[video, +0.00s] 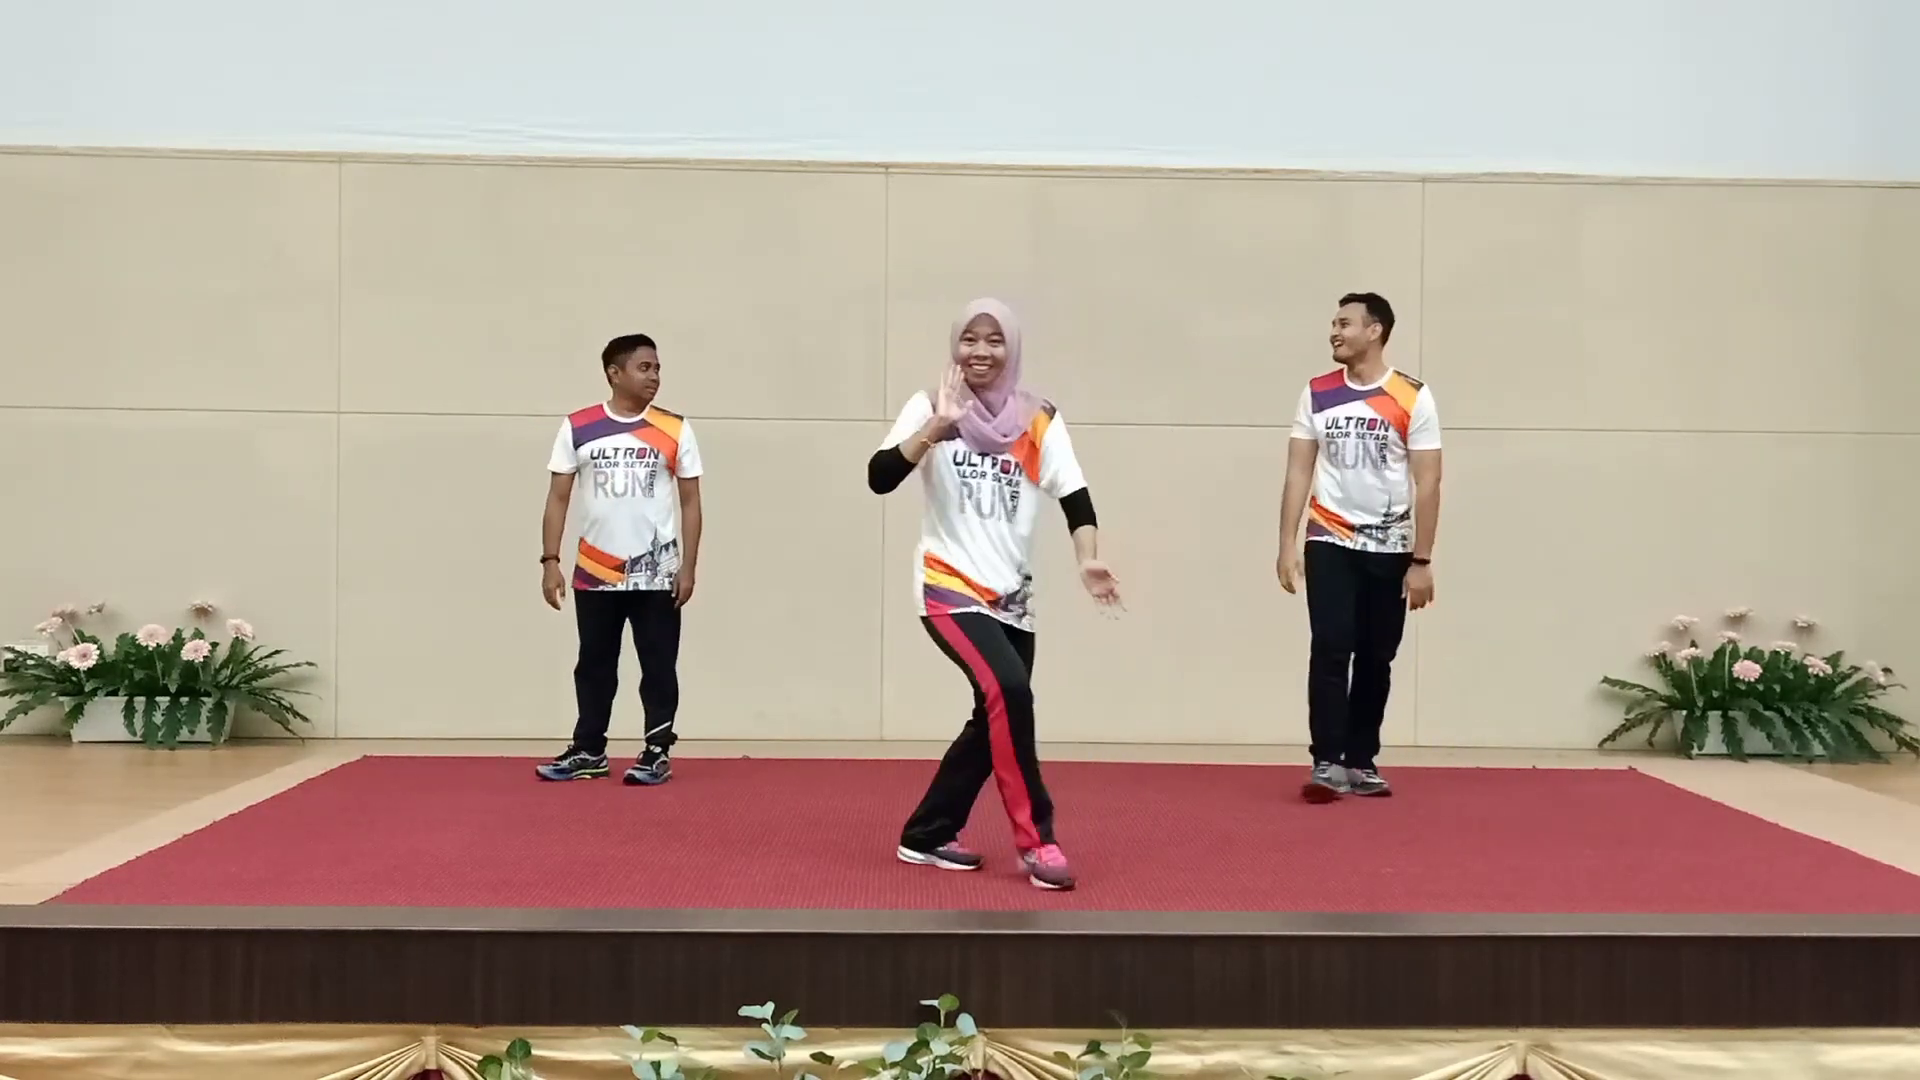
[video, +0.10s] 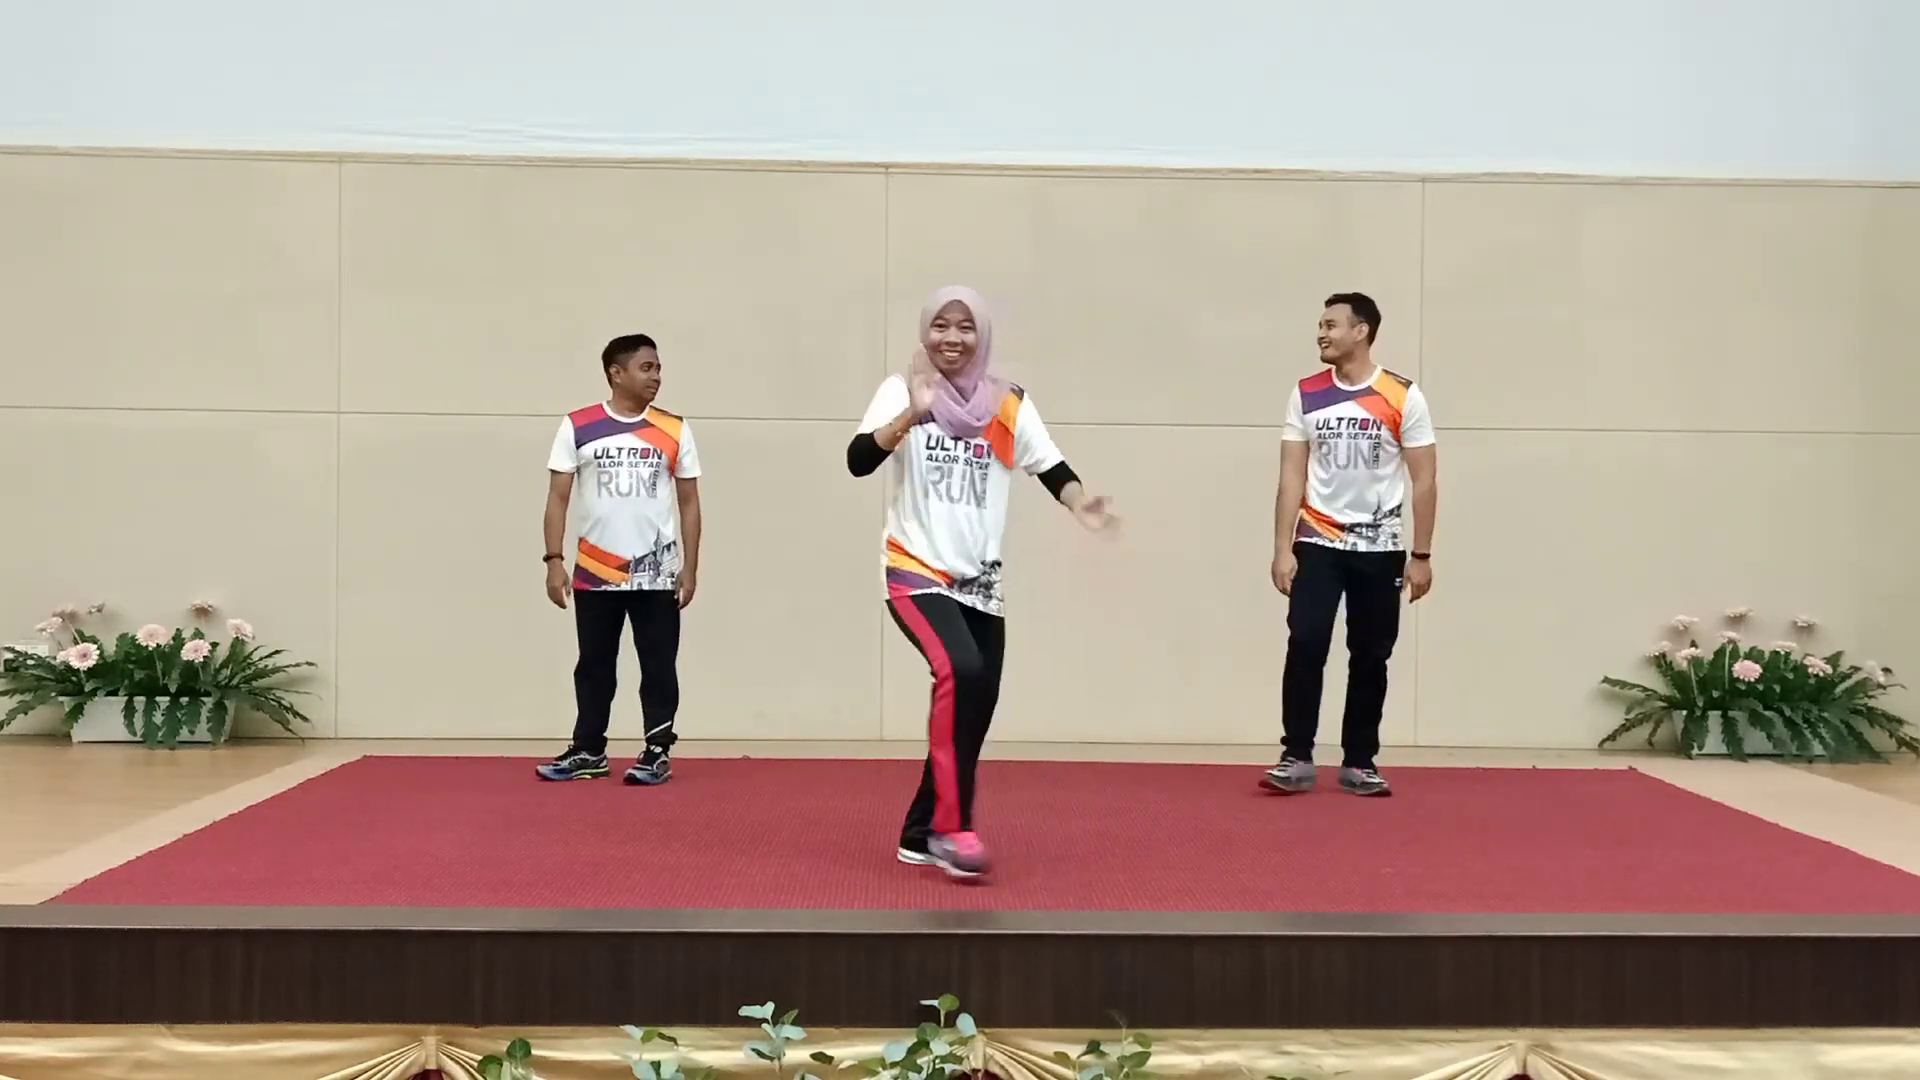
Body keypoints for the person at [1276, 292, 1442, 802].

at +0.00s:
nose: (1334, 332)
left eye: (1344, 324)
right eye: (1334, 324)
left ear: (1377, 331)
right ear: (1340, 332)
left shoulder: (1414, 398)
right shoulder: (1318, 394)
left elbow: (1428, 483)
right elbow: (1299, 470)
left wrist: (1422, 560)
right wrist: (1288, 542)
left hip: (1389, 549)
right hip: (1329, 542)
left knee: (1375, 661)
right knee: (1330, 650)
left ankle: (1360, 762)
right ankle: (1326, 761)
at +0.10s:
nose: (1321, 333)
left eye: (1331, 326)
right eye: (1321, 326)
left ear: (1363, 331)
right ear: (1331, 333)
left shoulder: (1404, 398)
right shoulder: (1306, 394)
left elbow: (1424, 480)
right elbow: (1292, 474)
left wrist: (1420, 554)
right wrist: (1283, 547)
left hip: (1380, 551)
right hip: (1317, 545)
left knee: (1370, 661)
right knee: (1305, 646)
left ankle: (1359, 763)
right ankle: (1298, 759)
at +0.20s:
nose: (1314, 334)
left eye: (1324, 326)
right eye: (1314, 326)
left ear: (1356, 331)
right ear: (1324, 333)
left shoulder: (1397, 398)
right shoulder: (1300, 395)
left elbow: (1418, 479)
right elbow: (1287, 477)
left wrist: (1419, 555)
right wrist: (1276, 548)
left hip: (1375, 550)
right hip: (1311, 544)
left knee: (1368, 660)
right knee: (1296, 647)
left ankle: (1359, 763)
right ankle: (1285, 758)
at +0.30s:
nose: (1298, 334)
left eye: (1308, 326)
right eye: (1299, 326)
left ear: (1340, 332)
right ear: (1313, 333)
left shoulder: (1380, 396)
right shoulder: (1284, 395)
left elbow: (1399, 479)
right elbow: (1270, 474)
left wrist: (1404, 554)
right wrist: (1262, 546)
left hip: (1360, 553)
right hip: (1296, 550)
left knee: (1360, 663)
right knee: (1283, 659)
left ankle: (1358, 764)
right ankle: (1273, 760)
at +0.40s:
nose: (1285, 333)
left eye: (1295, 325)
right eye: (1285, 325)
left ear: (1326, 331)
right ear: (1302, 333)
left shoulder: (1365, 395)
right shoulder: (1272, 394)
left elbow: (1382, 480)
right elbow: (1256, 472)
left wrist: (1385, 554)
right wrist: (1250, 542)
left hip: (1348, 550)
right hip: (1284, 548)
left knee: (1352, 659)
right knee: (1279, 658)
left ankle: (1357, 764)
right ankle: (1272, 760)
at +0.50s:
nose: (1272, 336)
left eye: (1282, 328)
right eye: (1273, 328)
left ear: (1313, 333)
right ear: (1295, 335)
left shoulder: (1353, 396)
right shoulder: (1262, 396)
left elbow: (1366, 480)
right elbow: (1245, 472)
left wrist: (1359, 552)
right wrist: (1237, 541)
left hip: (1332, 550)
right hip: (1271, 548)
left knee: (1343, 658)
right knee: (1271, 658)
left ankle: (1357, 763)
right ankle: (1271, 760)